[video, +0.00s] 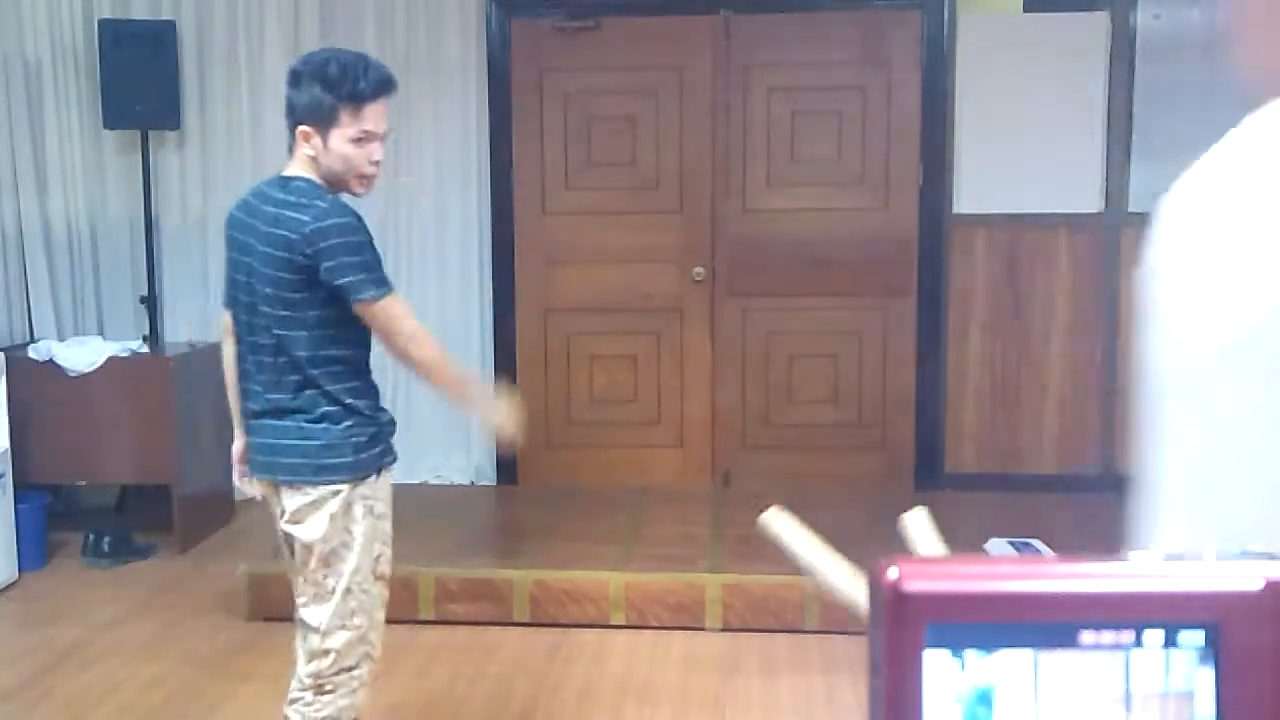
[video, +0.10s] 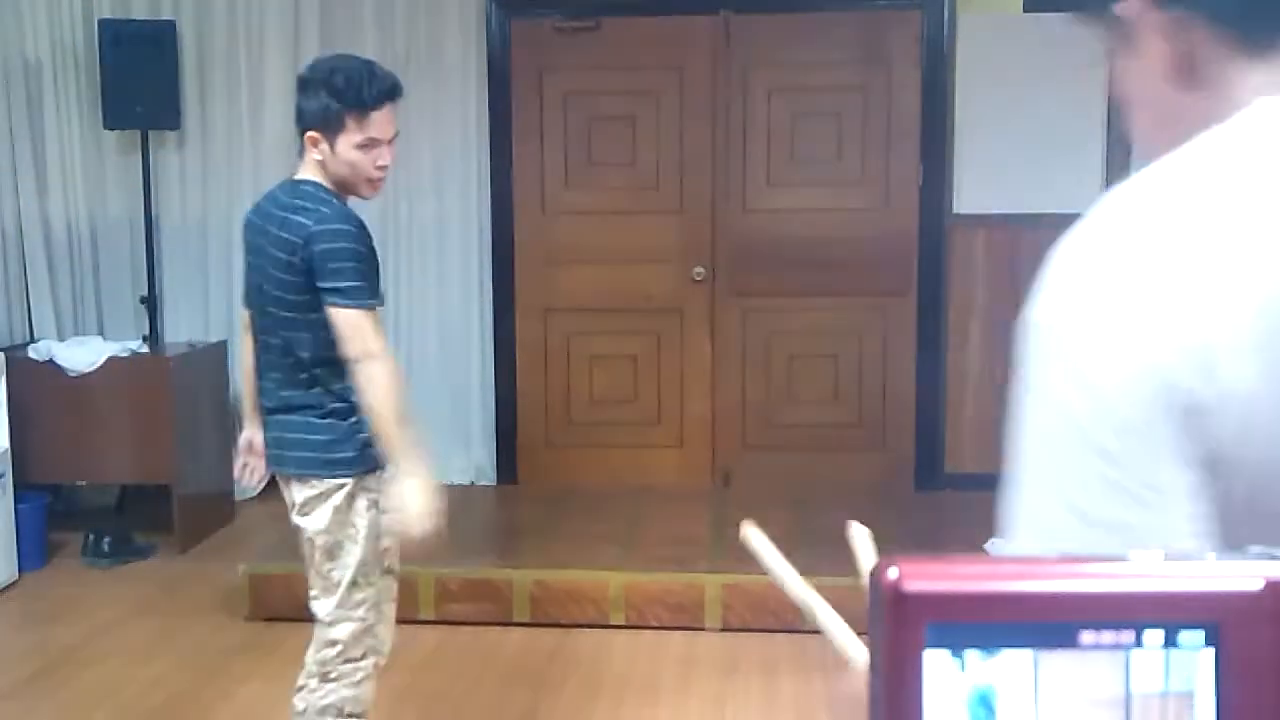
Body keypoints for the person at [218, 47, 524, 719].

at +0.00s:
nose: (378, 157)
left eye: (382, 138)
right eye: (362, 139)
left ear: (306, 142)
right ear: (307, 138)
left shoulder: (248, 211)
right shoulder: (330, 222)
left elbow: (233, 336)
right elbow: (405, 339)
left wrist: (243, 431)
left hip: (278, 457)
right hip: (337, 464)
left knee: (322, 640)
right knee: (340, 657)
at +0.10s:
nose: (386, 160)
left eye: (390, 142)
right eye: (369, 145)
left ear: (313, 149)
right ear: (317, 144)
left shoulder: (267, 212)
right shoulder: (334, 226)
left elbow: (253, 331)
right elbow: (366, 357)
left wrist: (252, 421)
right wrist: (408, 469)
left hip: (297, 457)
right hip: (336, 463)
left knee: (344, 623)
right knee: (353, 633)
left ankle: (322, 709)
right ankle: (324, 712)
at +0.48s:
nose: (389, 155)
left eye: (396, 138)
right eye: (372, 141)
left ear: (407, 129)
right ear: (326, 137)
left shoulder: (361, 216)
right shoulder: (293, 212)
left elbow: (376, 314)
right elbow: (259, 330)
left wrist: (410, 384)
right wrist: (246, 448)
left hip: (356, 439)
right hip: (323, 442)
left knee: (344, 612)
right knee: (345, 616)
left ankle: (320, 707)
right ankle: (315, 711)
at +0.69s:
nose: (369, 155)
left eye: (379, 138)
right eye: (352, 139)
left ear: (389, 129)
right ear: (309, 134)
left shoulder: (371, 219)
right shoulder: (268, 214)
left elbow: (412, 314)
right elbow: (241, 339)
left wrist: (472, 388)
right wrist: (242, 449)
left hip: (358, 453)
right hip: (301, 453)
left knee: (344, 626)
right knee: (295, 634)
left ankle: (330, 715)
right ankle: (278, 717)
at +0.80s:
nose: (356, 156)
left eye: (366, 138)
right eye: (339, 140)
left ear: (376, 130)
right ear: (296, 134)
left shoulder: (363, 221)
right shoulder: (252, 217)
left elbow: (405, 321)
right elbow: (218, 338)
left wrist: (470, 394)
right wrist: (225, 453)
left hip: (351, 456)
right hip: (290, 457)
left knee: (336, 627)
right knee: (281, 636)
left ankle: (328, 715)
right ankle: (250, 719)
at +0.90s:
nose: (341, 160)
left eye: (352, 143)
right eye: (323, 143)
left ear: (364, 134)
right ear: (279, 135)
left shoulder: (349, 227)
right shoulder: (234, 221)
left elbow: (385, 331)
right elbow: (208, 347)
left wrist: (446, 407)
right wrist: (222, 462)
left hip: (340, 466)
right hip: (276, 469)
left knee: (329, 640)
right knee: (270, 656)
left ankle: (330, 717)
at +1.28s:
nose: (306, 161)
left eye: (317, 142)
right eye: (287, 143)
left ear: (327, 133)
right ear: (236, 133)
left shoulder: (319, 231)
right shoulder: (177, 224)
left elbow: (350, 336)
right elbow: (152, 355)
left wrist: (414, 419)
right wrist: (210, 466)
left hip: (312, 474)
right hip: (219, 485)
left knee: (348, 656)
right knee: (228, 683)